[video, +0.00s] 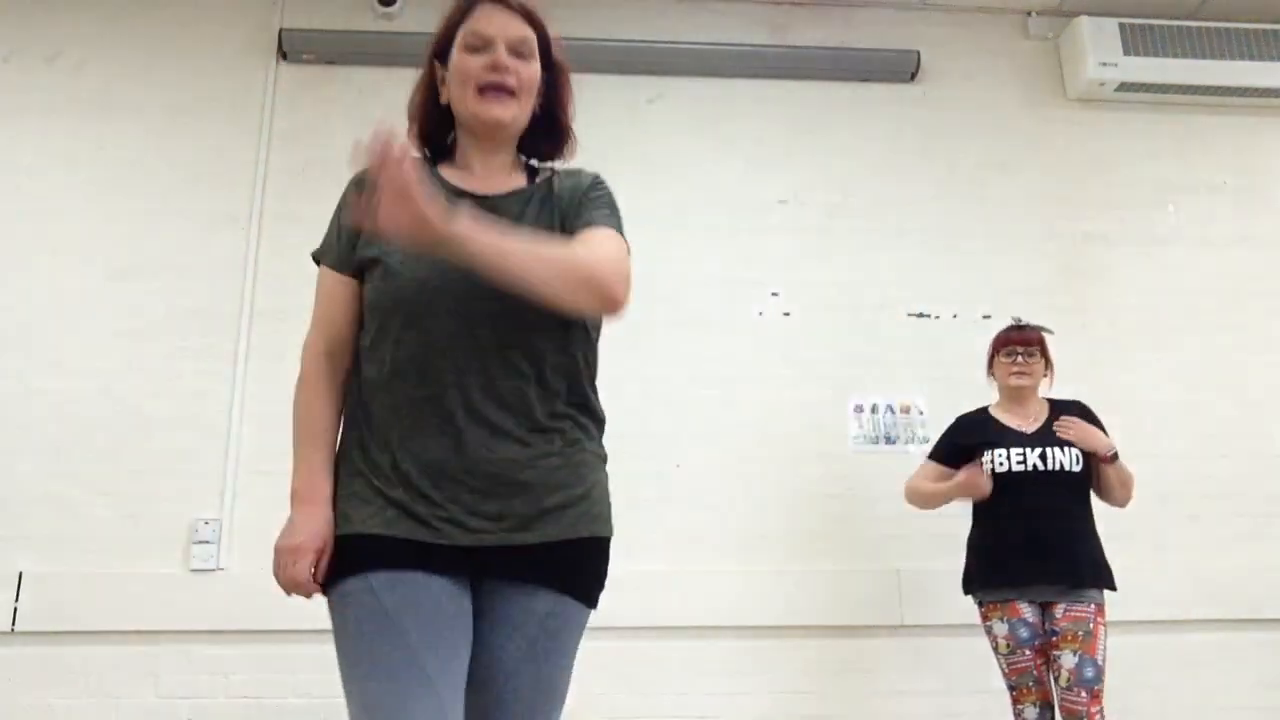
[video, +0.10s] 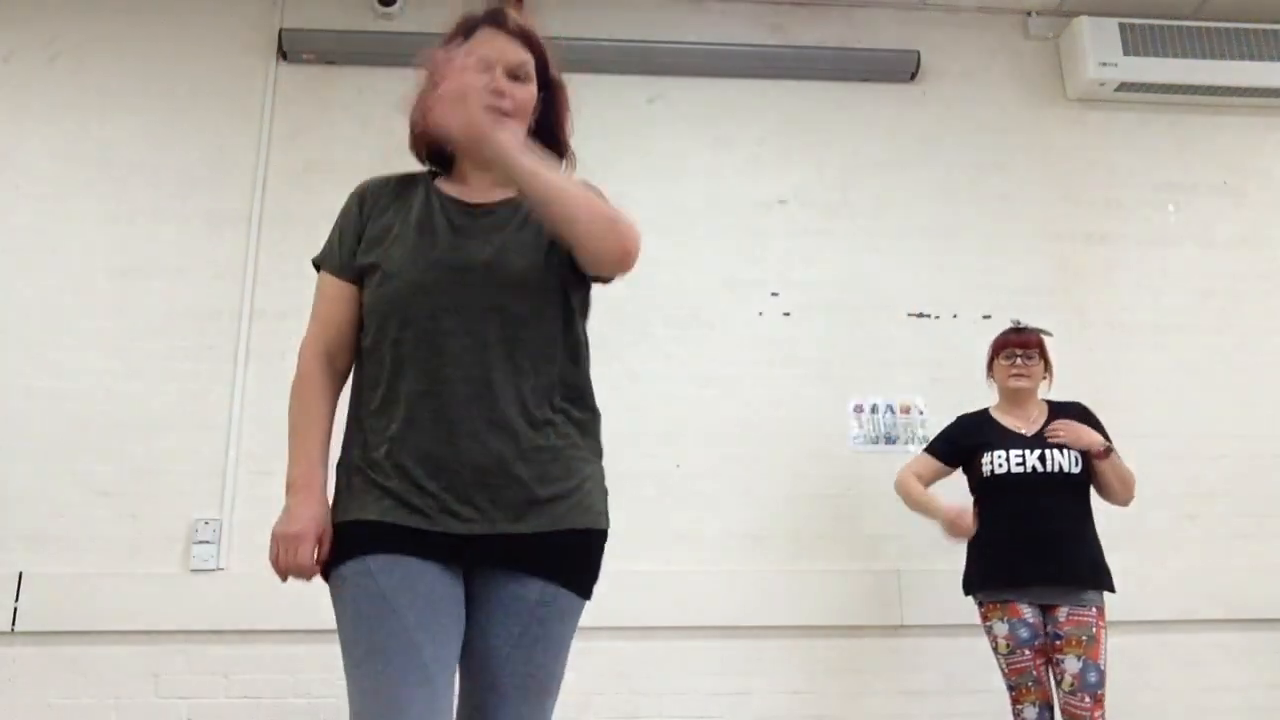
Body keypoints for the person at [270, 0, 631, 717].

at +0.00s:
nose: (500, 63)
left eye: (520, 51)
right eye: (477, 47)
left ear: (543, 81)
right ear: (442, 72)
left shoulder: (576, 194)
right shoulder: (380, 190)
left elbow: (607, 286)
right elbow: (327, 354)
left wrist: (443, 227)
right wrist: (310, 504)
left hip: (546, 525)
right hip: (392, 521)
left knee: (514, 713)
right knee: (407, 711)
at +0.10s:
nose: (505, 85)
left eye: (522, 75)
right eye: (484, 69)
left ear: (540, 106)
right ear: (439, 89)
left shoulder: (565, 207)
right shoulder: (378, 206)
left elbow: (617, 252)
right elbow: (323, 360)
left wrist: (500, 144)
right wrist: (305, 496)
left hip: (543, 521)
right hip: (393, 514)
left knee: (511, 714)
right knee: (400, 712)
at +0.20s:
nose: (484, 108)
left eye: (506, 96)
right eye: (467, 90)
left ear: (532, 123)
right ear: (435, 108)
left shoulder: (555, 224)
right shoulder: (372, 224)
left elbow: (640, 240)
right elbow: (318, 367)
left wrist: (569, 102)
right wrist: (304, 491)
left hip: (534, 534)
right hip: (387, 530)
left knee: (503, 714)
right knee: (385, 712)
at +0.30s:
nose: (469, 121)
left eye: (490, 111)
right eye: (451, 106)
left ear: (511, 138)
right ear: (422, 124)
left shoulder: (545, 241)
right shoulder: (361, 239)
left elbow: (650, 283)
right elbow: (315, 382)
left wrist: (638, 139)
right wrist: (301, 508)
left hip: (516, 530)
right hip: (372, 533)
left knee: (491, 712)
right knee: (371, 713)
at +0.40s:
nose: (453, 129)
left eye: (474, 121)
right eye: (436, 116)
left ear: (495, 152)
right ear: (406, 143)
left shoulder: (529, 257)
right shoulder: (346, 250)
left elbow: (620, 352)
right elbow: (302, 392)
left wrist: (668, 237)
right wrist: (288, 521)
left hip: (501, 537)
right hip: (358, 539)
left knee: (476, 713)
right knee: (360, 711)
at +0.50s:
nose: (441, 135)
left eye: (460, 127)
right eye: (421, 123)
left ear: (480, 160)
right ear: (392, 153)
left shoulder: (511, 264)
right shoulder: (335, 252)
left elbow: (564, 399)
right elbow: (282, 395)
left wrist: (636, 333)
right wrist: (264, 516)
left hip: (486, 538)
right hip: (350, 540)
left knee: (461, 710)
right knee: (354, 712)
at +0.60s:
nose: (435, 145)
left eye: (452, 136)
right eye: (414, 135)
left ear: (469, 163)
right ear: (382, 160)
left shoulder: (507, 266)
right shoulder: (331, 256)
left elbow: (539, 391)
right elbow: (269, 392)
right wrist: (238, 509)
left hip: (476, 530)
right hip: (343, 532)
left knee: (453, 712)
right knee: (353, 713)